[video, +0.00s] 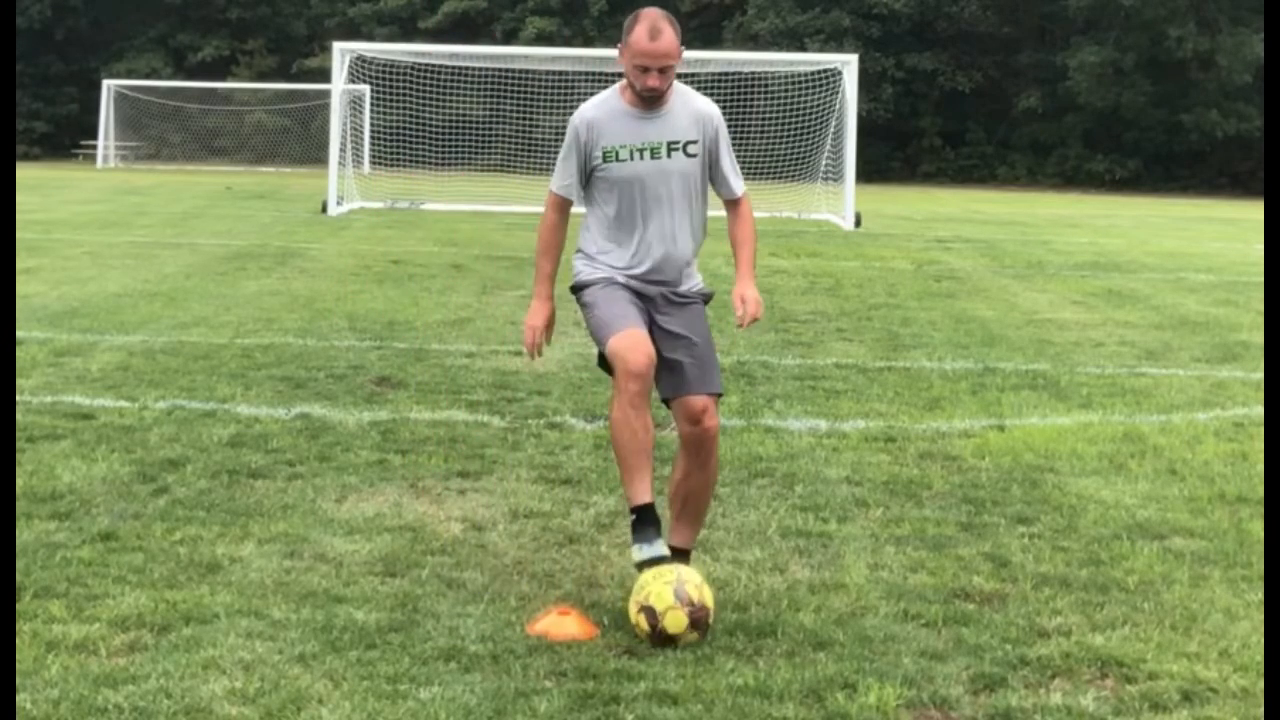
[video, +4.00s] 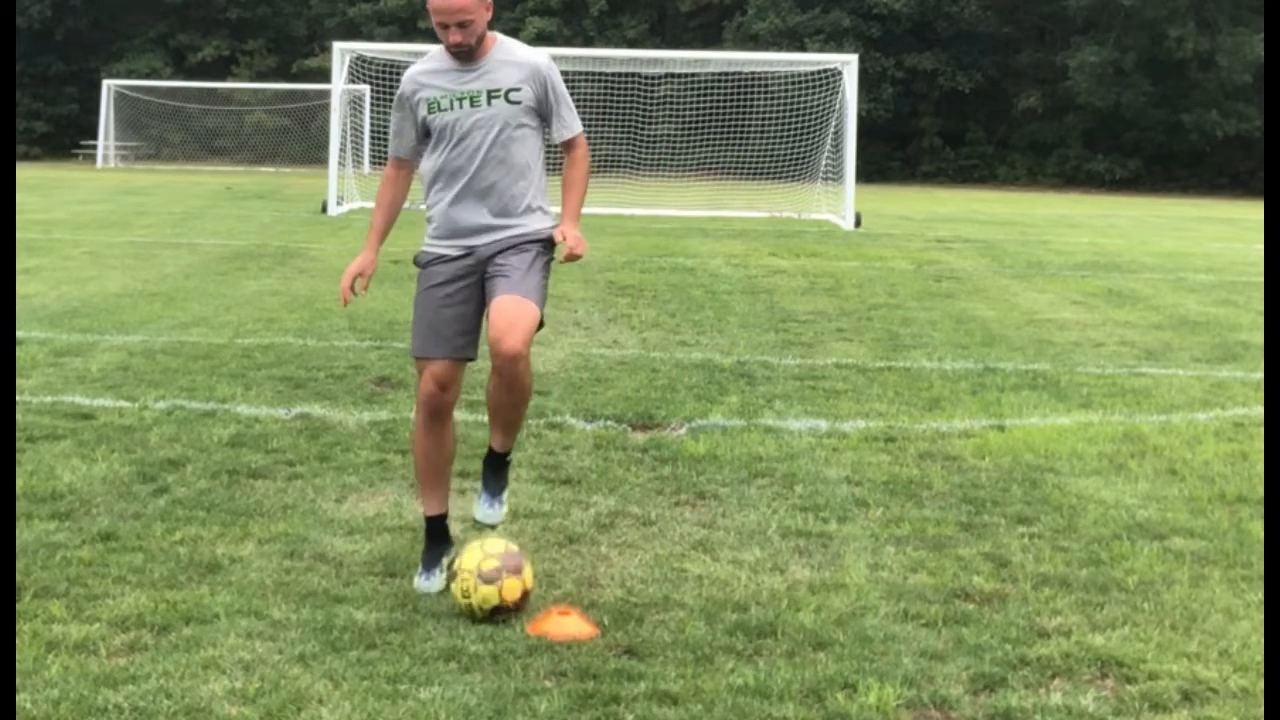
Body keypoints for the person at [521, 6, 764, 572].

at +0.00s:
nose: (653, 82)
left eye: (665, 70)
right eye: (642, 69)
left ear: (680, 62)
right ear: (620, 57)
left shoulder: (703, 116)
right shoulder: (589, 121)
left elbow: (735, 201)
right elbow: (557, 207)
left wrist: (745, 278)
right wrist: (541, 298)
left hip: (677, 284)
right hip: (606, 275)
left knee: (701, 417)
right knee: (636, 361)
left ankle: (677, 562)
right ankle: (643, 524)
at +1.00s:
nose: (665, 75)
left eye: (678, 63)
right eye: (654, 61)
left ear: (696, 51)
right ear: (635, 46)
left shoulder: (719, 115)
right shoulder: (602, 107)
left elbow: (751, 195)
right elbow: (564, 182)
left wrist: (751, 272)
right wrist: (544, 266)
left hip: (687, 284)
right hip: (613, 279)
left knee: (697, 422)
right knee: (632, 393)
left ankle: (697, 551)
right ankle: (662, 526)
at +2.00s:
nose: (614, 53)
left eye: (626, 44)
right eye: (605, 41)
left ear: (657, 31)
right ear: (597, 27)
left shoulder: (692, 93)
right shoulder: (577, 84)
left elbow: (727, 170)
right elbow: (551, 167)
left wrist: (705, 244)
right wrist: (518, 246)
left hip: (650, 266)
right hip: (572, 254)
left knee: (653, 411)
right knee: (503, 371)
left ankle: (650, 557)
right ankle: (477, 501)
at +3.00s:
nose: (514, 53)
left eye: (525, 43)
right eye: (504, 41)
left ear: (555, 29)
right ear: (495, 29)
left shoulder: (592, 90)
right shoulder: (485, 84)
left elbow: (631, 172)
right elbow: (480, 160)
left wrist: (617, 250)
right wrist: (457, 238)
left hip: (571, 255)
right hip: (498, 251)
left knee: (559, 379)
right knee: (455, 385)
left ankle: (598, 490)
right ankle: (438, 532)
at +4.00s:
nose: (453, 37)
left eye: (463, 25)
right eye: (441, 26)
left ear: (489, 10)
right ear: (428, 18)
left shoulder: (532, 67)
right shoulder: (417, 82)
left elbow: (576, 146)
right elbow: (399, 167)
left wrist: (570, 219)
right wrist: (371, 249)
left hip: (521, 237)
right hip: (448, 246)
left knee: (510, 347)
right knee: (434, 388)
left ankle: (496, 469)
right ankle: (435, 539)